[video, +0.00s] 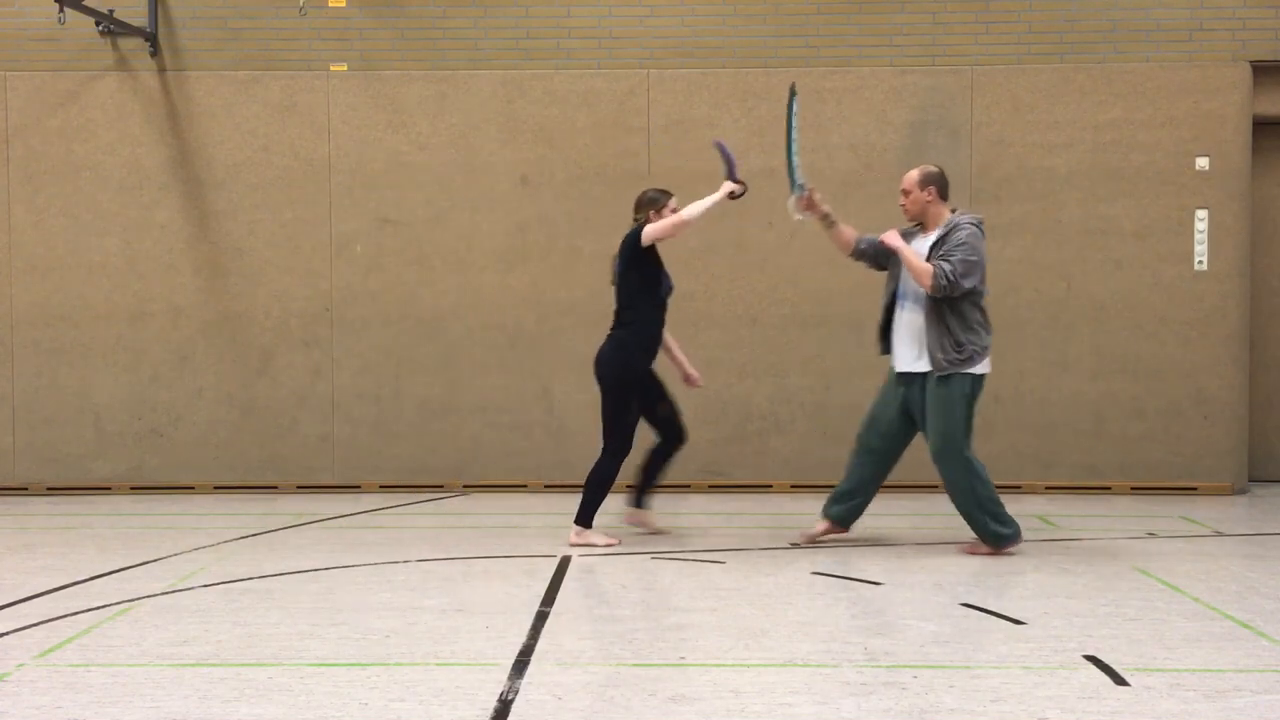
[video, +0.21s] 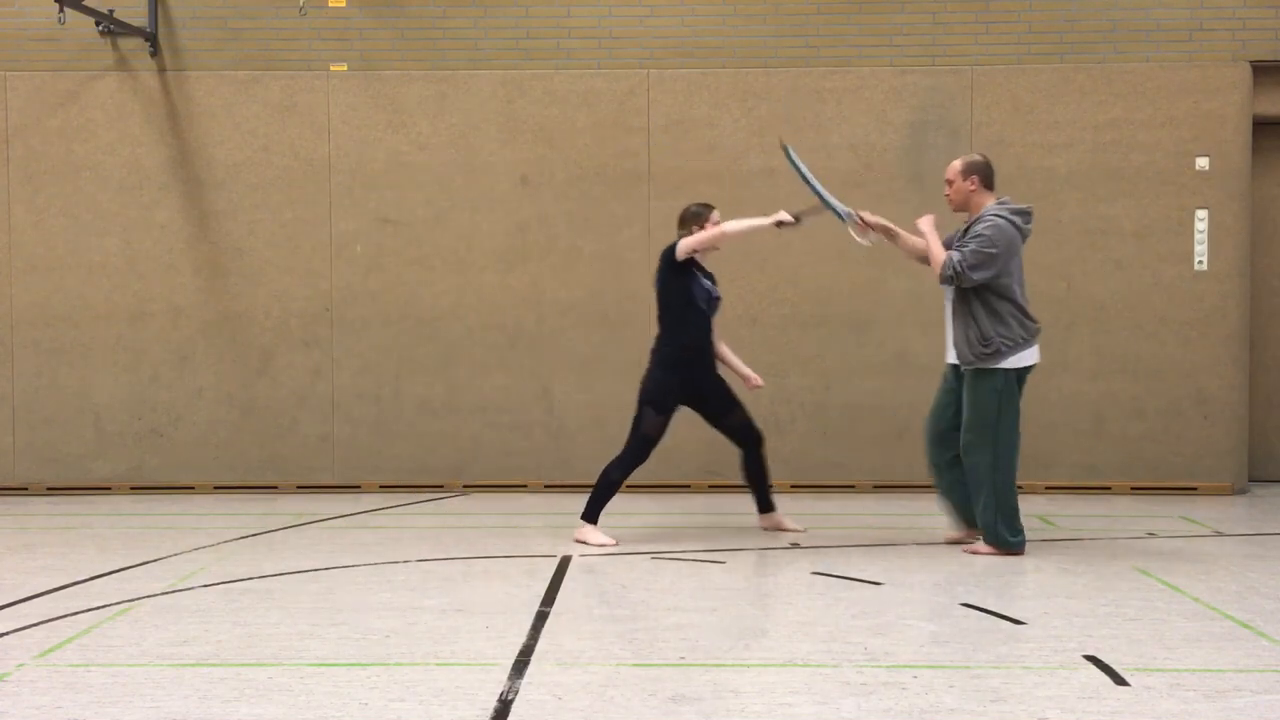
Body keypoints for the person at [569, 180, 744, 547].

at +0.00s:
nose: (677, 217)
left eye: (676, 211)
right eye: (671, 211)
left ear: (653, 215)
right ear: (652, 214)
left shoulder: (647, 254)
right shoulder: (636, 241)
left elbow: (652, 322)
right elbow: (682, 219)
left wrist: (683, 365)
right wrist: (721, 193)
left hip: (634, 364)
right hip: (620, 363)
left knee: (673, 434)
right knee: (616, 449)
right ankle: (581, 529)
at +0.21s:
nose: (721, 229)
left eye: (720, 225)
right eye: (716, 225)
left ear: (702, 229)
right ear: (699, 228)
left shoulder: (704, 278)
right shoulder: (673, 259)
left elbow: (708, 336)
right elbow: (721, 231)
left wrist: (743, 371)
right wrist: (768, 221)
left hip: (701, 375)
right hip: (667, 373)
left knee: (751, 439)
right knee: (636, 451)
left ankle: (768, 515)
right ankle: (587, 524)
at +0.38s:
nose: (766, 242)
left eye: (765, 236)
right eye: (760, 237)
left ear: (744, 243)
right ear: (740, 242)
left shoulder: (744, 287)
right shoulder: (722, 269)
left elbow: (741, 342)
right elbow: (782, 264)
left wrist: (765, 380)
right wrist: (823, 273)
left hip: (735, 384)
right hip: (704, 381)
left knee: (792, 439)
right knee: (664, 453)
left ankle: (779, 515)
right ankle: (608, 522)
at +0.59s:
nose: (802, 249)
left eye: (800, 243)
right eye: (795, 244)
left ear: (777, 251)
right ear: (776, 250)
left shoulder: (769, 287)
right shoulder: (765, 272)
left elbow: (754, 344)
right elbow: (823, 295)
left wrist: (775, 385)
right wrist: (863, 323)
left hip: (746, 384)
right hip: (718, 376)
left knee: (800, 440)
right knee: (680, 448)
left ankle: (778, 515)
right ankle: (622, 522)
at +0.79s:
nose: (806, 250)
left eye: (805, 244)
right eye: (800, 245)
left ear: (782, 252)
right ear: (780, 251)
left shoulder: (771, 287)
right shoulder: (771, 273)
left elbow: (752, 342)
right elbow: (830, 293)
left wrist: (775, 383)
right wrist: (868, 323)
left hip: (748, 384)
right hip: (721, 376)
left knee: (801, 439)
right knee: (687, 453)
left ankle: (778, 515)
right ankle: (628, 521)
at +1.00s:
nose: (778, 239)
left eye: (776, 234)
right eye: (772, 235)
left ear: (753, 243)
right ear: (752, 242)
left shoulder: (746, 276)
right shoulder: (745, 266)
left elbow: (742, 339)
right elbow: (809, 274)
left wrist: (766, 381)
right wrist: (841, 297)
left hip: (738, 382)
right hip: (712, 378)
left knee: (793, 436)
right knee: (686, 459)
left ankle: (778, 514)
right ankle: (625, 521)